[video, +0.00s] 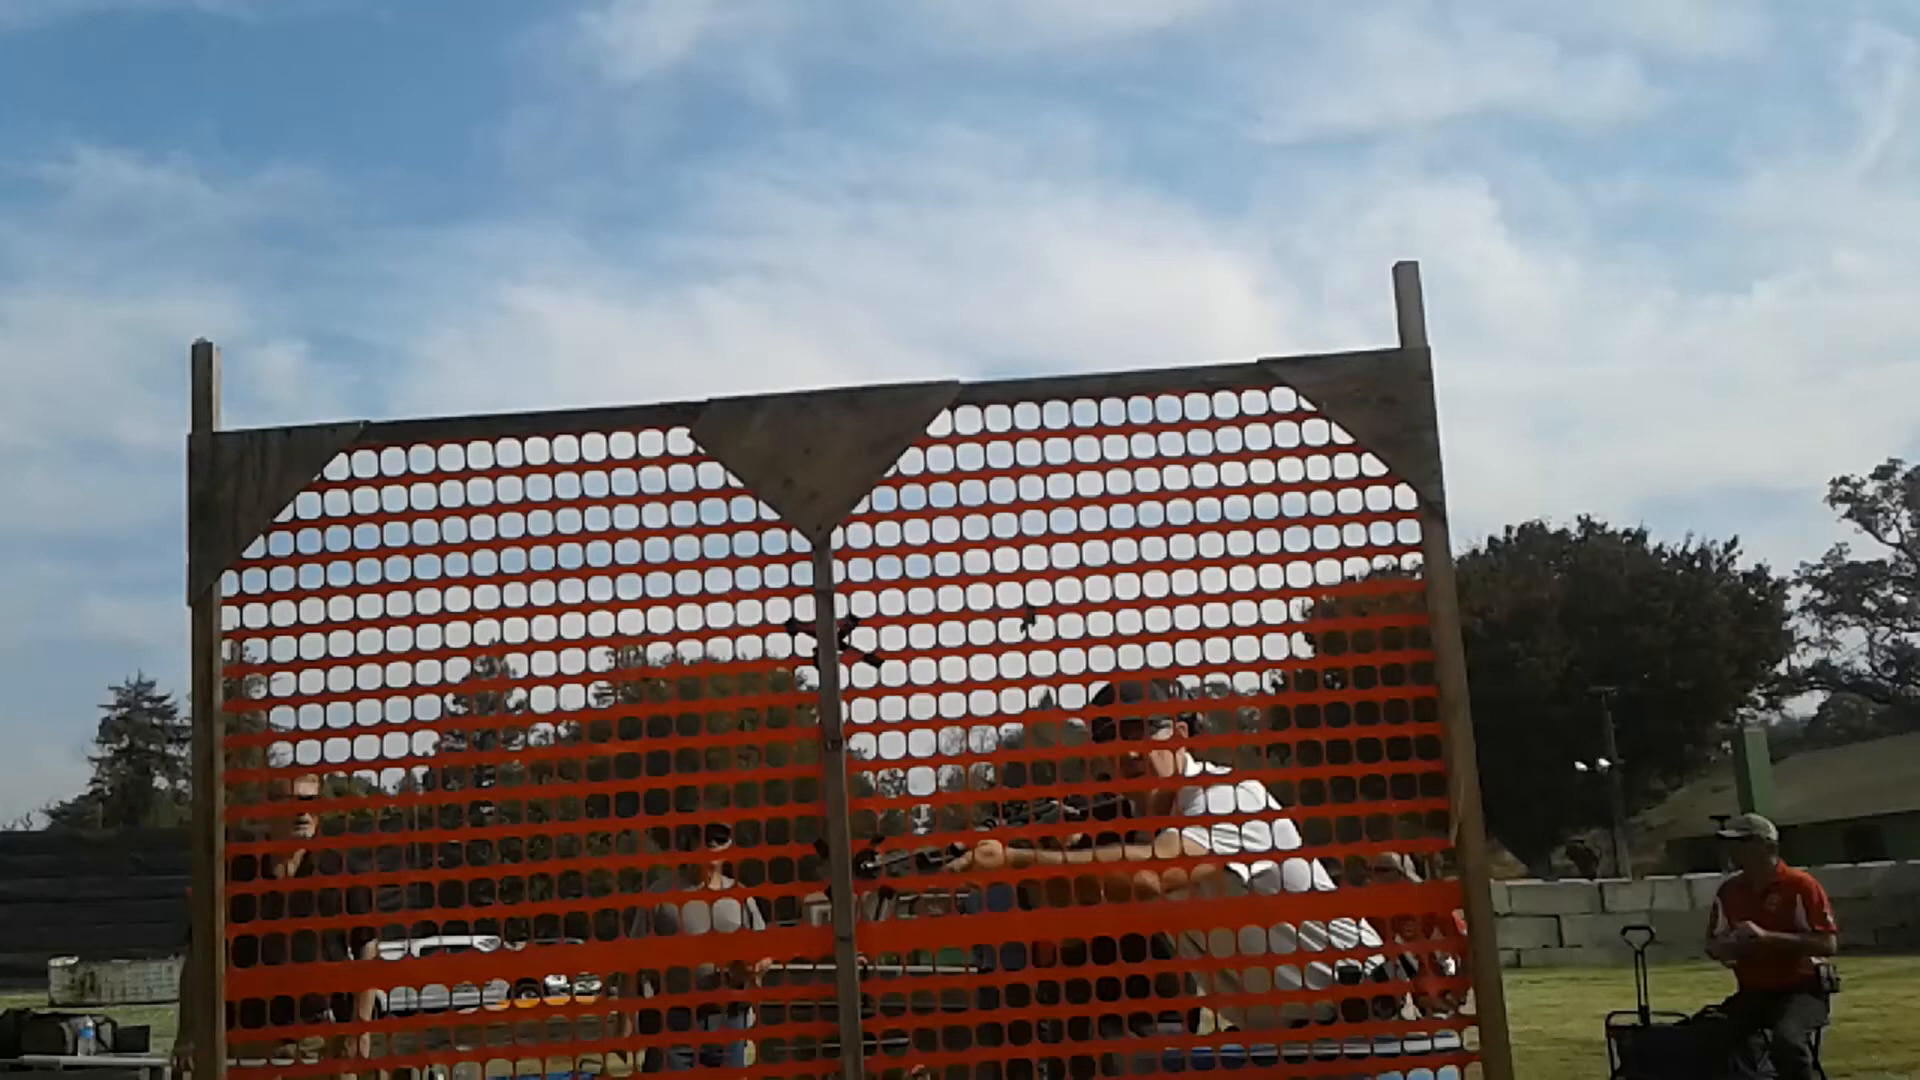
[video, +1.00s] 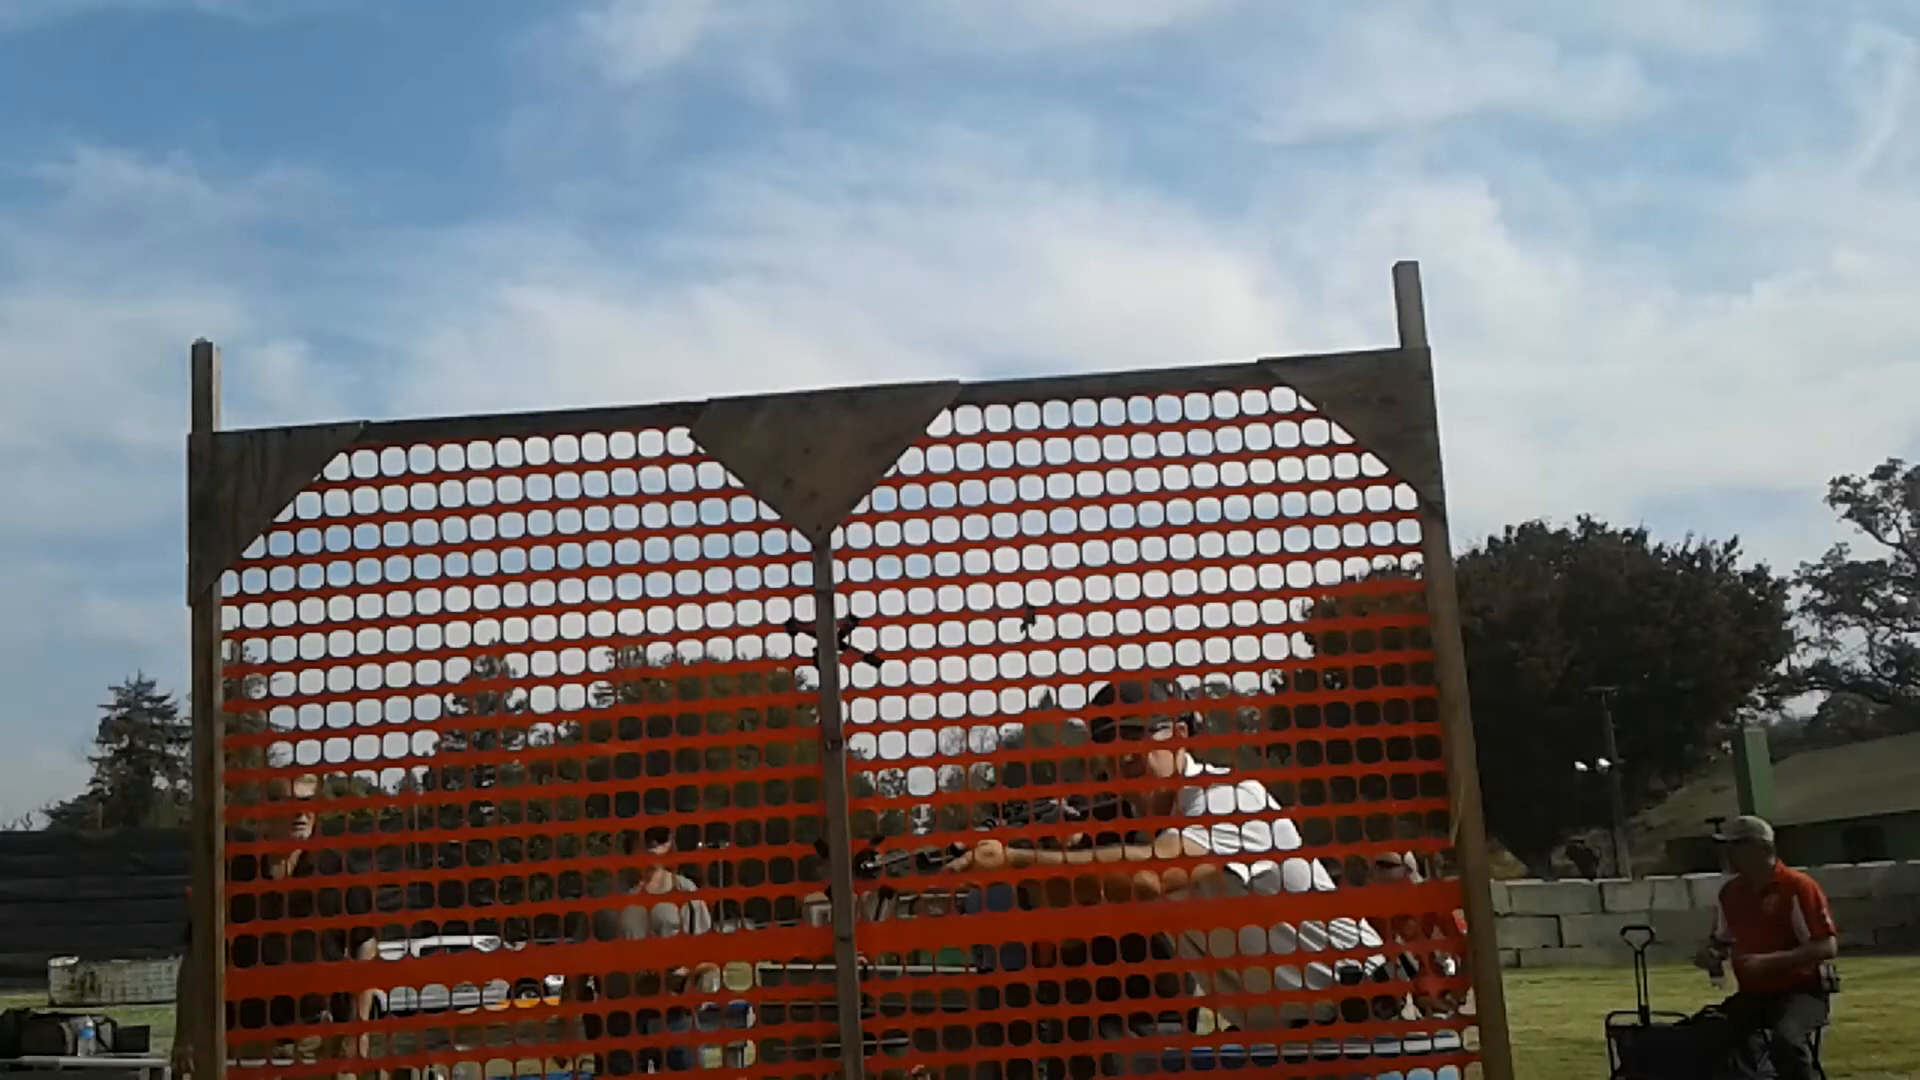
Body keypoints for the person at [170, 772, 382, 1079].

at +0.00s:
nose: (302, 811)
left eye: (311, 801)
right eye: (290, 801)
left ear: (321, 807)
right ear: (270, 807)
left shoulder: (336, 869)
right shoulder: (236, 871)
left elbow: (368, 951)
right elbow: (199, 955)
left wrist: (361, 1031)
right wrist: (188, 1033)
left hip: (321, 1043)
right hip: (243, 1045)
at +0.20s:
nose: (302, 811)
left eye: (310, 801)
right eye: (289, 802)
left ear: (320, 807)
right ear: (268, 808)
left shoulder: (336, 869)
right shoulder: (235, 872)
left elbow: (367, 951)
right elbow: (199, 955)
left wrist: (361, 1031)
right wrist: (188, 1033)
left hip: (321, 1044)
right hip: (244, 1046)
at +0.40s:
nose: (301, 812)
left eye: (310, 801)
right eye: (288, 802)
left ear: (320, 807)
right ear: (267, 808)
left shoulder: (337, 870)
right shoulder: (235, 872)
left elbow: (367, 953)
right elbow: (200, 955)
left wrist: (360, 1032)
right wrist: (188, 1033)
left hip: (322, 1046)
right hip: (244, 1048)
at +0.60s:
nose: (300, 812)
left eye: (309, 802)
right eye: (286, 802)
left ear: (319, 808)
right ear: (265, 809)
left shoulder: (336, 871)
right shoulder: (234, 872)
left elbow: (366, 952)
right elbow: (198, 955)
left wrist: (360, 1031)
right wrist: (187, 1033)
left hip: (322, 1044)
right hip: (244, 1047)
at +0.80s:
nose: (300, 812)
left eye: (308, 802)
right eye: (286, 802)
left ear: (319, 807)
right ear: (265, 809)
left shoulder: (335, 869)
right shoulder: (234, 872)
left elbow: (366, 950)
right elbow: (197, 955)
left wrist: (359, 1032)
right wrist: (186, 1033)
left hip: (320, 1045)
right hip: (242, 1048)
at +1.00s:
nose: (299, 812)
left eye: (308, 802)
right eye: (285, 802)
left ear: (318, 807)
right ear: (265, 808)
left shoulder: (334, 869)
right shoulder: (234, 871)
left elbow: (365, 947)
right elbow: (197, 954)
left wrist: (359, 1033)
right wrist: (186, 1034)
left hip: (318, 1045)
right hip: (242, 1048)